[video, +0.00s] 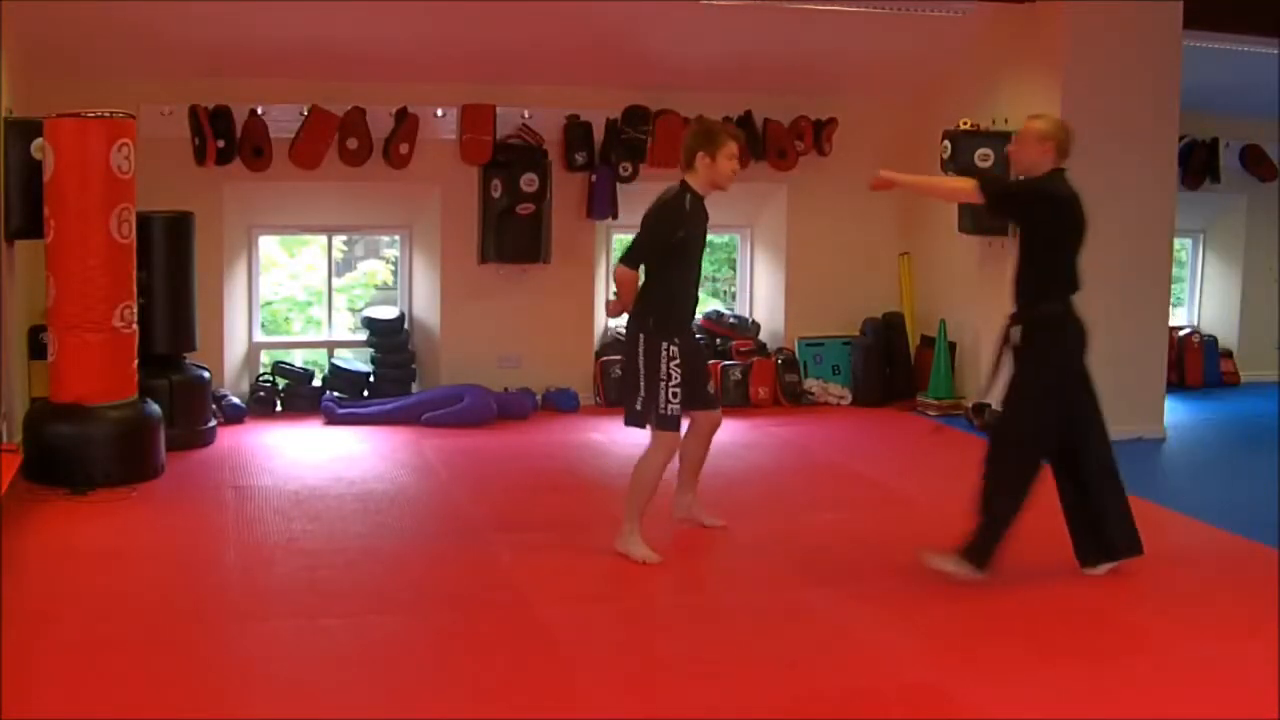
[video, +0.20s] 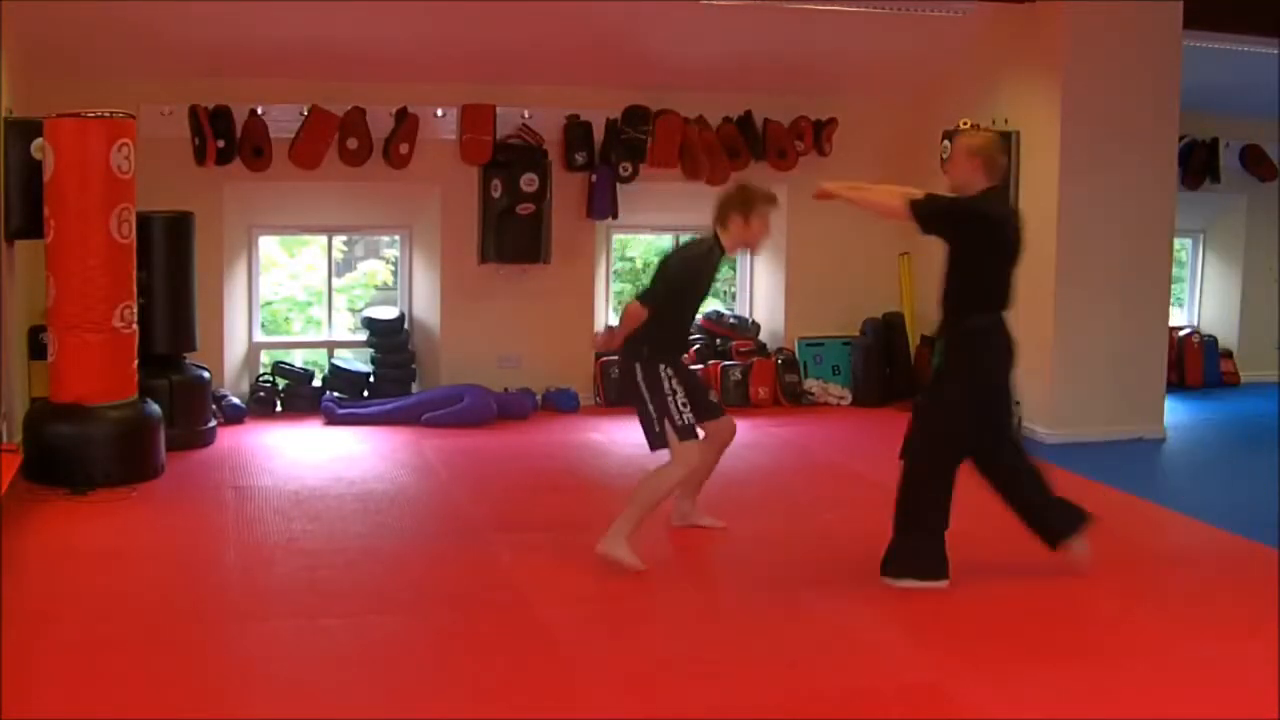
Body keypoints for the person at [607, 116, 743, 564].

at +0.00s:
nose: (738, 168)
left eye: (739, 160)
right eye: (732, 159)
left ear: (707, 161)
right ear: (703, 158)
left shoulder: (697, 206)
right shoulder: (672, 204)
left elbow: (666, 266)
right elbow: (625, 268)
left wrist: (631, 298)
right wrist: (626, 301)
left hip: (680, 333)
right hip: (656, 334)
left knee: (708, 417)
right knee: (666, 438)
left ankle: (685, 504)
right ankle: (629, 532)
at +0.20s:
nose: (767, 231)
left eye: (768, 223)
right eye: (763, 221)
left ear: (737, 221)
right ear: (737, 219)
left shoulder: (708, 256)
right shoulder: (695, 257)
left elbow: (659, 304)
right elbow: (639, 308)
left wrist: (620, 335)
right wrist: (616, 338)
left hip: (669, 358)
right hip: (648, 360)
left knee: (722, 431)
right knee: (688, 456)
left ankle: (686, 510)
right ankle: (616, 537)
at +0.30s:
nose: (777, 267)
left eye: (778, 259)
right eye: (774, 257)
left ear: (745, 254)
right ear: (749, 254)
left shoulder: (715, 283)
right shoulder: (700, 285)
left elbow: (660, 322)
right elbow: (636, 327)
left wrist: (613, 341)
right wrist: (604, 351)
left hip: (662, 370)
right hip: (640, 371)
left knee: (720, 429)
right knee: (675, 467)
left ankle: (684, 508)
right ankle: (607, 553)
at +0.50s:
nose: (774, 297)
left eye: (774, 288)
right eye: (770, 287)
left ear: (739, 285)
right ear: (743, 286)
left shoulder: (704, 302)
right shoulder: (681, 321)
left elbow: (653, 328)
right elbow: (617, 355)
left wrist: (617, 348)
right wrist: (587, 365)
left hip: (653, 382)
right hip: (619, 388)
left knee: (690, 452)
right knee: (662, 481)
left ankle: (683, 512)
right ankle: (603, 578)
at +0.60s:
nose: (761, 273)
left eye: (763, 265)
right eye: (758, 264)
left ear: (728, 257)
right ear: (732, 258)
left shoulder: (695, 289)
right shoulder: (675, 297)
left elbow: (643, 331)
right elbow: (607, 343)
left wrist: (600, 353)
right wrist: (583, 362)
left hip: (647, 385)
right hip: (621, 390)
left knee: (674, 452)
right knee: (665, 496)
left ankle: (663, 522)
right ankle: (601, 581)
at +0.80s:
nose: (751, 191)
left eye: (753, 180)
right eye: (749, 179)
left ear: (715, 175)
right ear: (725, 175)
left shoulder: (682, 212)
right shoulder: (684, 221)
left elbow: (626, 283)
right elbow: (630, 292)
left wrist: (604, 323)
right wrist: (601, 327)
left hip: (643, 353)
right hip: (644, 357)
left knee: (654, 473)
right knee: (679, 477)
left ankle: (614, 559)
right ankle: (600, 561)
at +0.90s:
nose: (748, 173)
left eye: (749, 163)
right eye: (747, 162)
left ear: (705, 156)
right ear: (727, 158)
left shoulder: (669, 198)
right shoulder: (691, 206)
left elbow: (621, 271)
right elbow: (641, 279)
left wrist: (617, 320)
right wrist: (618, 323)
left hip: (640, 354)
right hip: (664, 356)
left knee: (656, 470)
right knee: (705, 477)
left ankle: (604, 577)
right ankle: (635, 587)